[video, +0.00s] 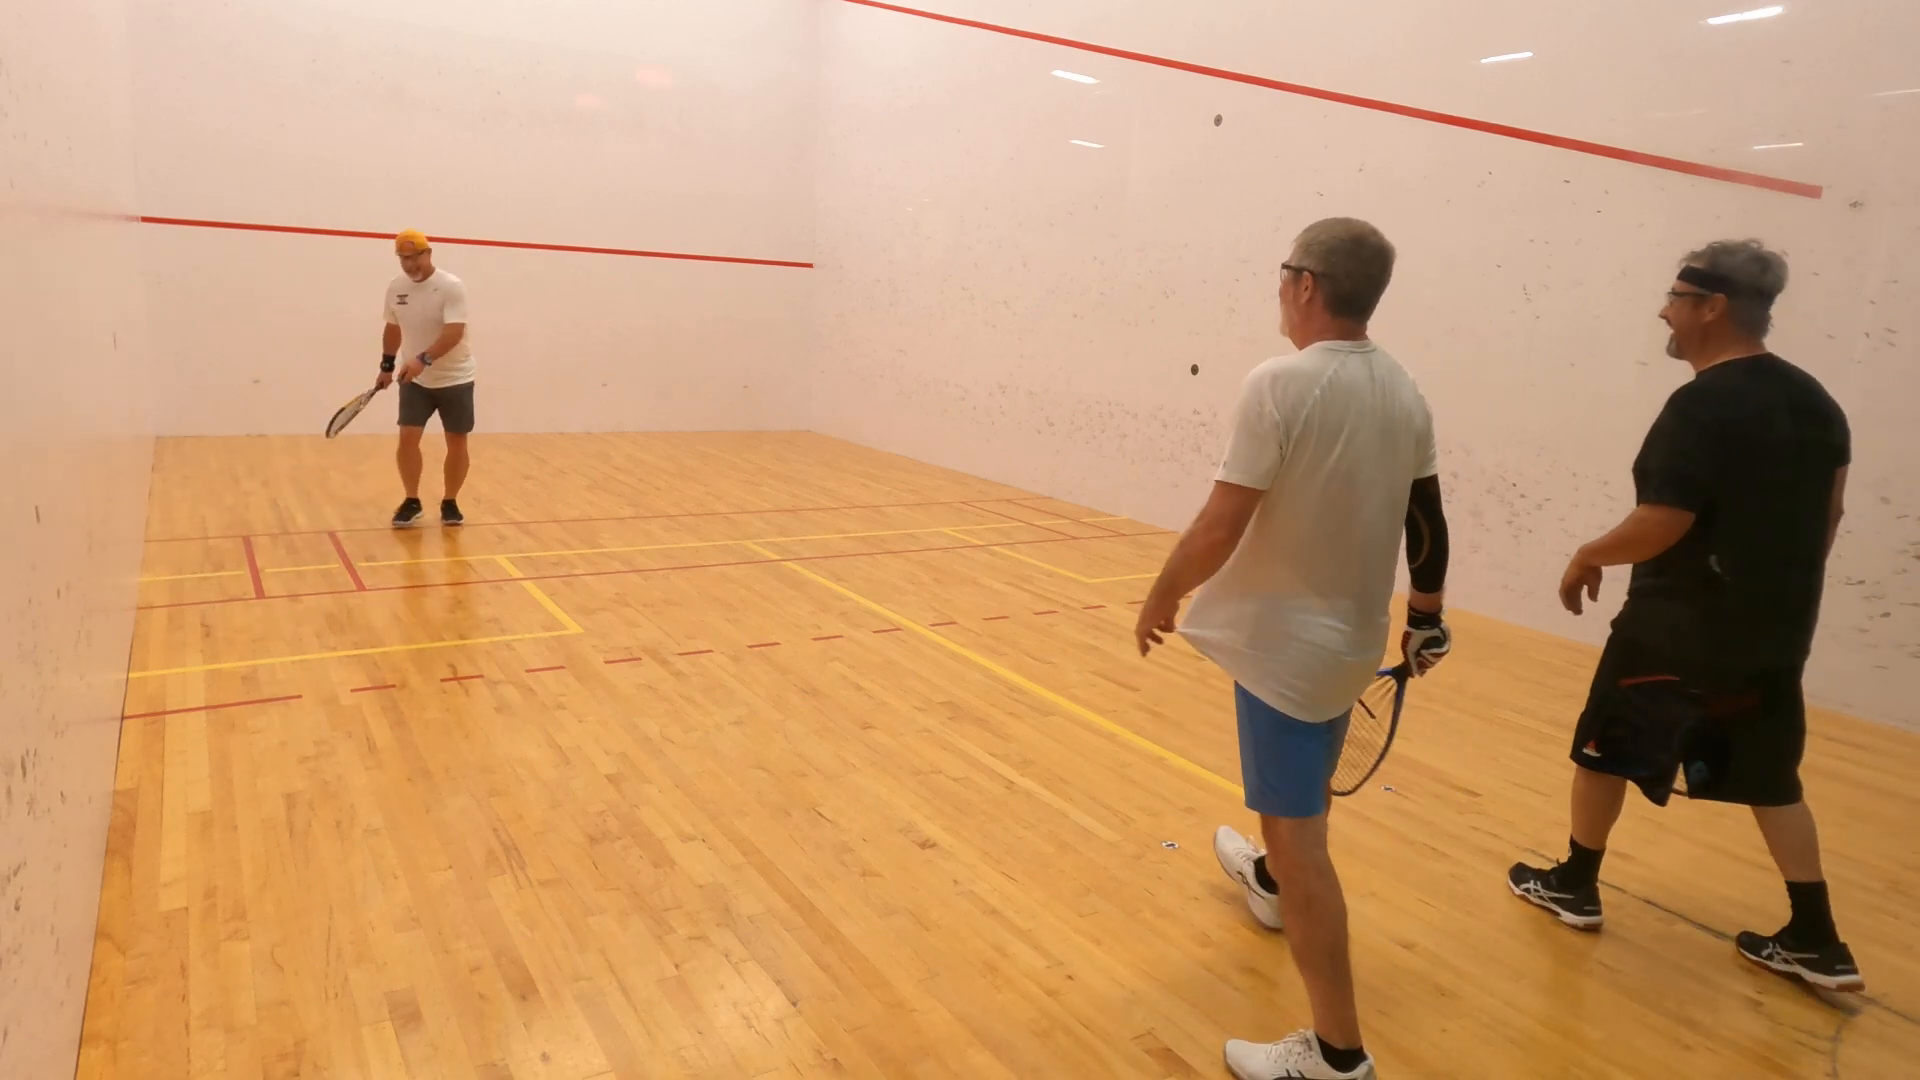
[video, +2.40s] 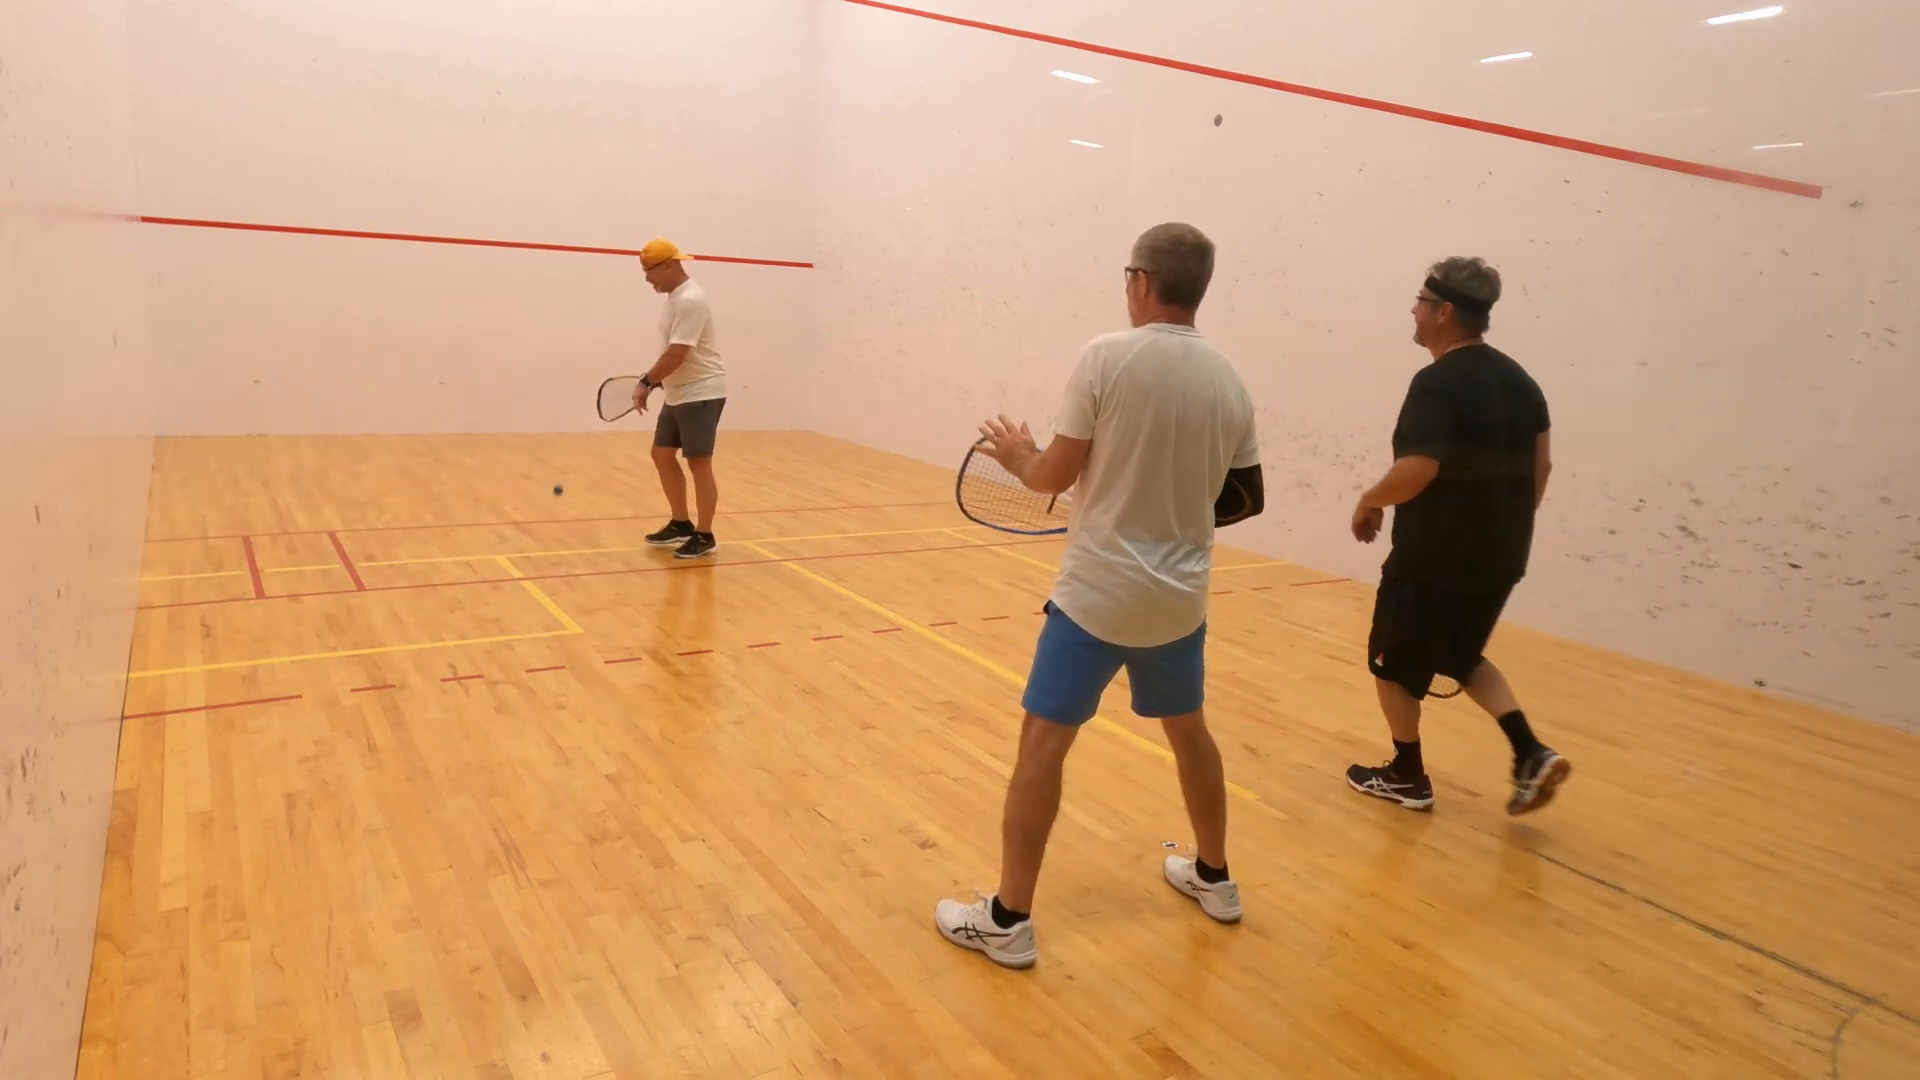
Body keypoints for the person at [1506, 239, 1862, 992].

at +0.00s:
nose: (1665, 310)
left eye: (1676, 298)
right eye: (1670, 296)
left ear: (1715, 308)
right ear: (1736, 312)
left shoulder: (1699, 405)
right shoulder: (1815, 403)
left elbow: (1661, 523)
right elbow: (1827, 520)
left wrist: (1589, 554)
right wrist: (1782, 587)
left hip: (1674, 629)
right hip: (1772, 634)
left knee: (1607, 741)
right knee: (1771, 774)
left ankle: (1575, 879)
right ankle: (1815, 935)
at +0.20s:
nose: (1597, 321)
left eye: (1607, 308)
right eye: (1600, 306)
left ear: (1647, 315)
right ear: (1680, 315)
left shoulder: (1633, 401)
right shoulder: (1758, 389)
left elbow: (1600, 514)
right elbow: (1787, 491)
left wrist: (1554, 556)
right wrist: (1732, 548)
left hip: (1656, 613)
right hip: (1750, 615)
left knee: (1600, 740)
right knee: (1713, 737)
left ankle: (1575, 881)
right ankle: (1761, 876)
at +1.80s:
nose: (1573, 326)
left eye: (1584, 315)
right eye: (1578, 313)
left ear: (1618, 325)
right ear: (1644, 328)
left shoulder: (1600, 391)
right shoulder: (1709, 397)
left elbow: (1581, 481)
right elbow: (1747, 493)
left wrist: (1542, 531)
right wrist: (1712, 566)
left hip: (1610, 594)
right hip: (1698, 602)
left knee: (1531, 687)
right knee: (1657, 718)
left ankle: (1549, 823)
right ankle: (1658, 861)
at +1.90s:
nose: (1561, 327)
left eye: (1570, 316)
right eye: (1565, 315)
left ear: (1600, 325)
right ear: (1623, 329)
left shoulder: (1585, 393)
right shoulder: (1693, 399)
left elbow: (1570, 483)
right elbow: (1724, 495)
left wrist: (1524, 530)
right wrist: (1691, 560)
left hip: (1594, 592)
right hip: (1679, 602)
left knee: (1506, 674)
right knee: (1647, 722)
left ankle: (1488, 803)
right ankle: (1657, 861)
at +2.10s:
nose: (1509, 328)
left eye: (1518, 319)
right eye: (1514, 316)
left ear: (1546, 331)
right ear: (1570, 336)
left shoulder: (1534, 399)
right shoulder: (1630, 402)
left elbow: (1523, 489)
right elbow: (1654, 495)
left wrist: (1475, 530)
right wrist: (1610, 546)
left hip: (1539, 588)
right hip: (1618, 595)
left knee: (1459, 665)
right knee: (1618, 714)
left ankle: (1419, 773)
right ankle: (1653, 857)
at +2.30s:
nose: (1441, 315)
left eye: (1450, 307)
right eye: (1446, 305)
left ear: (1475, 321)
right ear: (1499, 324)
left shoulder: (1464, 390)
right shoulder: (1551, 388)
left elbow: (1452, 478)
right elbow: (1573, 474)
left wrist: (1405, 515)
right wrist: (1547, 534)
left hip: (1462, 566)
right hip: (1534, 570)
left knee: (1410, 661)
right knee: (1523, 676)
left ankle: (1407, 773)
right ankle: (1604, 792)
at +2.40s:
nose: (1414, 311)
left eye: (1423, 303)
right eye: (1418, 300)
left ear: (1448, 314)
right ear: (1473, 317)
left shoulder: (1436, 382)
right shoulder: (1521, 383)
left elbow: (1417, 468)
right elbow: (1539, 470)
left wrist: (1370, 499)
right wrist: (1506, 523)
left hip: (1433, 556)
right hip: (1498, 559)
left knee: (1393, 657)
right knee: (1460, 652)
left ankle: (1406, 772)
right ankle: (1530, 753)